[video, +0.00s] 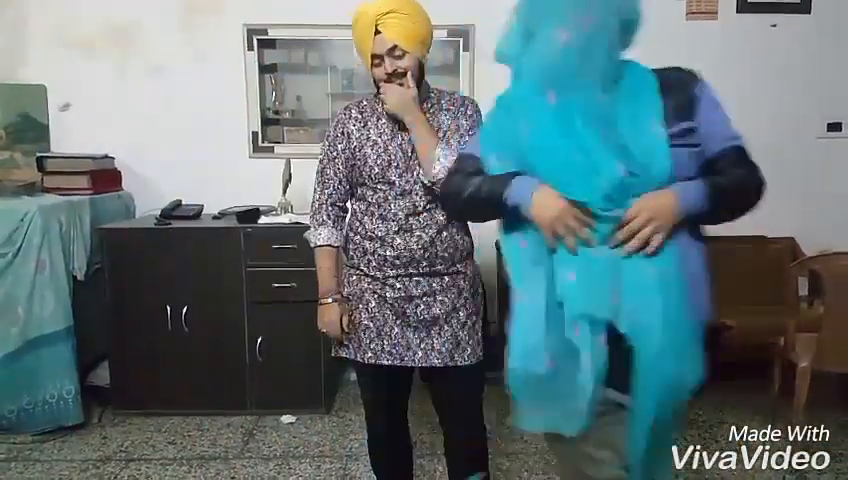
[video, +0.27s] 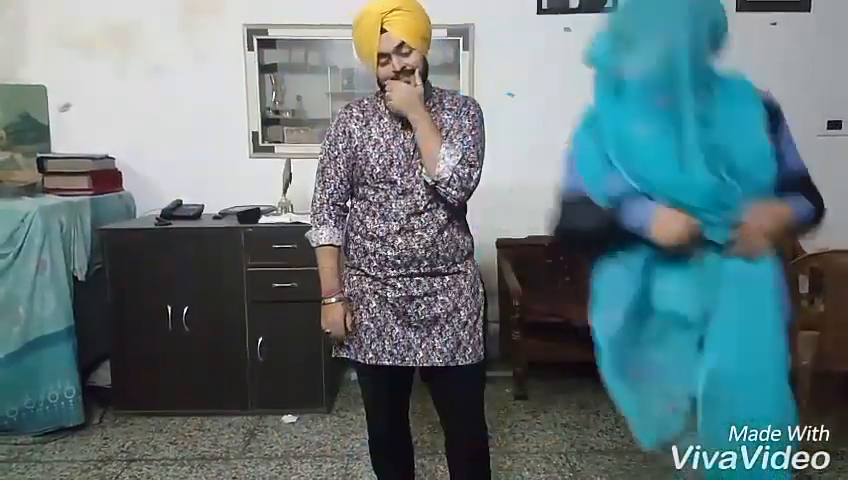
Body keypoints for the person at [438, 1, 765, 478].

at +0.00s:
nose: (564, 33)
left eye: (579, 16)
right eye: (551, 19)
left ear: (613, 19)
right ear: (533, 27)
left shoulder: (676, 92)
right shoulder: (520, 108)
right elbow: (456, 190)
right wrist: (527, 193)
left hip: (660, 352)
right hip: (558, 356)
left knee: (650, 465)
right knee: (586, 463)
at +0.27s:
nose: (665, 54)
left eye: (679, 36)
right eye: (652, 39)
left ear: (703, 35)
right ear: (630, 38)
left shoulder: (751, 109)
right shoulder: (606, 122)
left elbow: (808, 198)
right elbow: (573, 220)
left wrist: (781, 215)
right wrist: (642, 217)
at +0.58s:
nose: (683, 54)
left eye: (696, 36)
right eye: (669, 37)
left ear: (717, 34)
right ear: (646, 36)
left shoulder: (753, 99)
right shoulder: (619, 107)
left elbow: (799, 177)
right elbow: (578, 196)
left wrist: (803, 193)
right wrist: (651, 216)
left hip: (758, 322)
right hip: (664, 329)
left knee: (770, 459)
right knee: (698, 461)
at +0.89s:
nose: (630, 71)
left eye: (644, 58)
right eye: (622, 58)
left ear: (668, 53)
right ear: (607, 50)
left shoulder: (704, 105)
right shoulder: (583, 113)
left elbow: (758, 168)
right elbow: (541, 182)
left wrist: (710, 183)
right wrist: (573, 201)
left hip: (695, 303)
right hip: (616, 305)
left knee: (693, 448)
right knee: (645, 446)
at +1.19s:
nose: (607, 92)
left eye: (616, 81)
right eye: (598, 81)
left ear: (628, 78)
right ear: (577, 76)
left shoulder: (645, 134)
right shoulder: (547, 130)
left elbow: (685, 199)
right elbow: (517, 197)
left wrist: (672, 206)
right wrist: (569, 212)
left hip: (645, 306)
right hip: (579, 306)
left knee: (646, 436)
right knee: (588, 430)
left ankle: (638, 474)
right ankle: (567, 463)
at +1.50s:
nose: (533, 78)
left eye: (544, 68)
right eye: (525, 67)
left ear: (561, 65)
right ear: (511, 65)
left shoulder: (586, 106)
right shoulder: (492, 112)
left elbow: (632, 154)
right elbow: (460, 168)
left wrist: (584, 169)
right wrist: (485, 190)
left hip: (583, 253)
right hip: (521, 256)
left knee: (580, 355)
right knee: (533, 363)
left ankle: (570, 445)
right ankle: (536, 459)